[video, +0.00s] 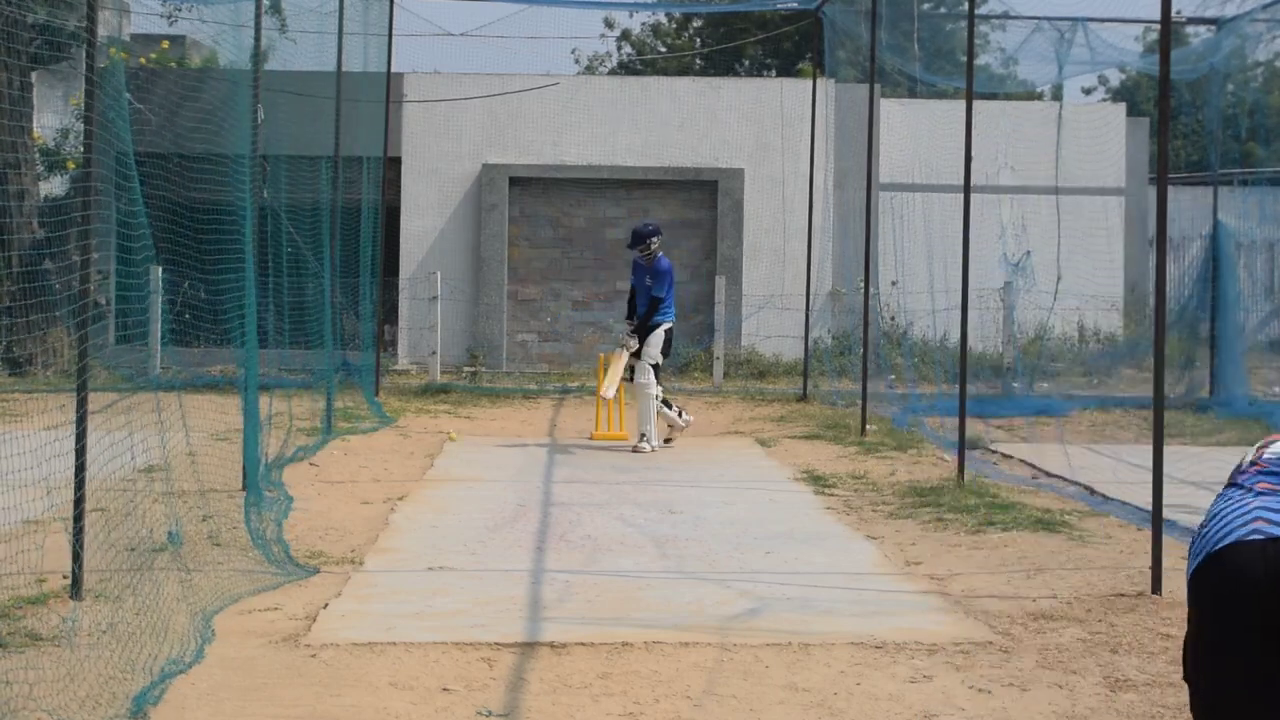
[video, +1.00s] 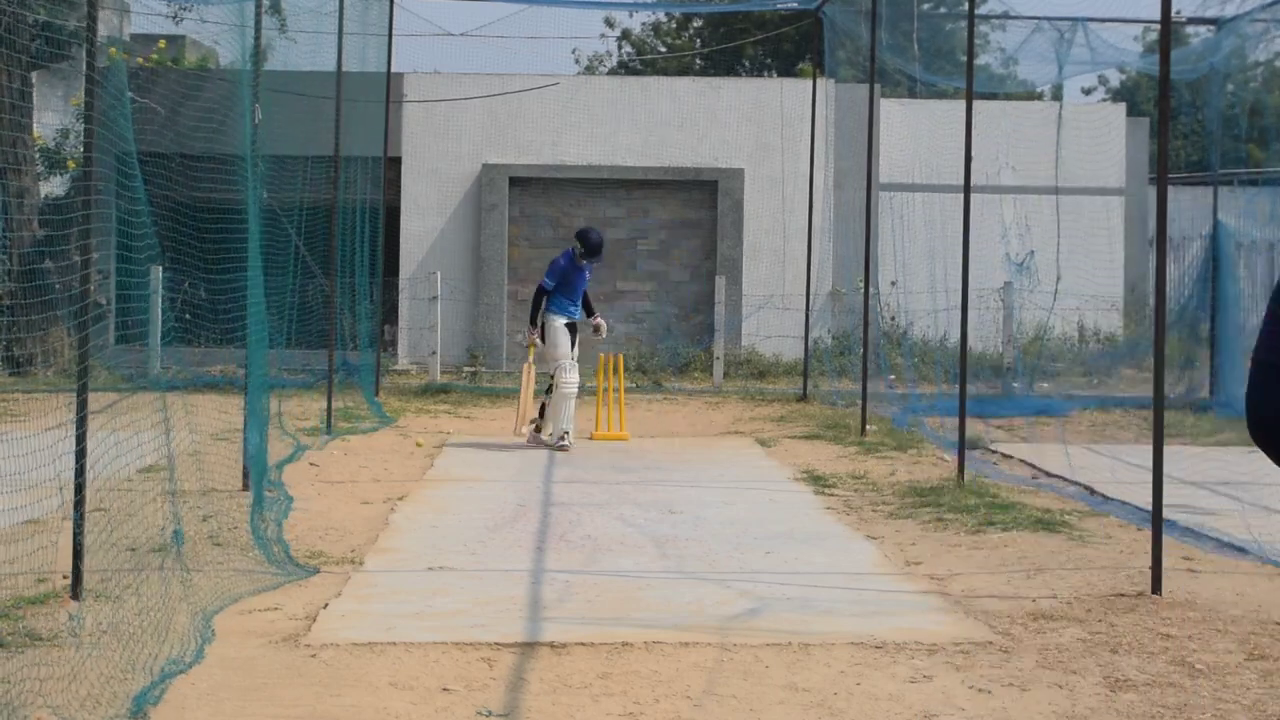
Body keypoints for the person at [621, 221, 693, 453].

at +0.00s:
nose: (640, 251)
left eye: (643, 246)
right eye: (638, 247)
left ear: (655, 243)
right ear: (638, 246)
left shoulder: (662, 267)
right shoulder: (638, 262)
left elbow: (655, 305)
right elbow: (633, 293)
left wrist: (636, 334)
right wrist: (631, 321)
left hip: (660, 327)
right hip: (642, 326)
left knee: (646, 376)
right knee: (636, 379)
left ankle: (648, 438)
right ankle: (676, 418)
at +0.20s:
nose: (625, 255)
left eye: (629, 250)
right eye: (622, 251)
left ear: (641, 244)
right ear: (618, 248)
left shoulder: (651, 267)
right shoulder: (619, 261)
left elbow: (645, 307)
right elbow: (613, 290)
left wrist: (628, 337)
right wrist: (612, 319)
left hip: (645, 326)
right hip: (623, 325)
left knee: (642, 376)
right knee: (601, 373)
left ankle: (647, 437)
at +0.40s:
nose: (605, 265)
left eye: (608, 261)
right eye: (601, 262)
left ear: (619, 252)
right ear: (595, 255)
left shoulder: (632, 270)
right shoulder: (592, 268)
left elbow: (637, 304)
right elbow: (584, 299)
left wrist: (626, 332)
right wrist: (581, 330)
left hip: (624, 330)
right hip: (597, 329)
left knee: (629, 381)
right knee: (580, 382)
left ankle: (645, 437)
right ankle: (564, 433)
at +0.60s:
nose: (588, 272)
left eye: (592, 268)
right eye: (585, 268)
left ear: (601, 259)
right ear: (578, 259)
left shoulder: (611, 268)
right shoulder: (569, 272)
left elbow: (621, 295)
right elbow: (561, 307)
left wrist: (635, 322)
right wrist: (555, 341)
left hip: (603, 330)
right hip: (575, 330)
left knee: (619, 381)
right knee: (572, 383)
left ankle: (623, 434)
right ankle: (566, 434)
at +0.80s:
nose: (587, 267)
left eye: (591, 263)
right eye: (583, 263)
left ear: (597, 255)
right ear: (575, 254)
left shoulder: (599, 264)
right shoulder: (564, 267)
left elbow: (599, 286)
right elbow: (553, 300)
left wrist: (615, 312)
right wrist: (544, 331)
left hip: (586, 325)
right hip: (562, 324)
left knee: (593, 377)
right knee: (567, 379)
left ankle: (575, 429)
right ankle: (562, 433)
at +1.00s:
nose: (588, 262)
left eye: (592, 259)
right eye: (586, 257)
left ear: (595, 253)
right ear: (578, 248)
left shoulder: (585, 264)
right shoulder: (561, 264)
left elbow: (581, 292)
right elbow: (540, 292)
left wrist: (594, 317)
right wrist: (533, 326)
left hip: (571, 323)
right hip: (555, 322)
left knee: (565, 378)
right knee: (565, 377)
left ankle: (539, 429)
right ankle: (561, 434)